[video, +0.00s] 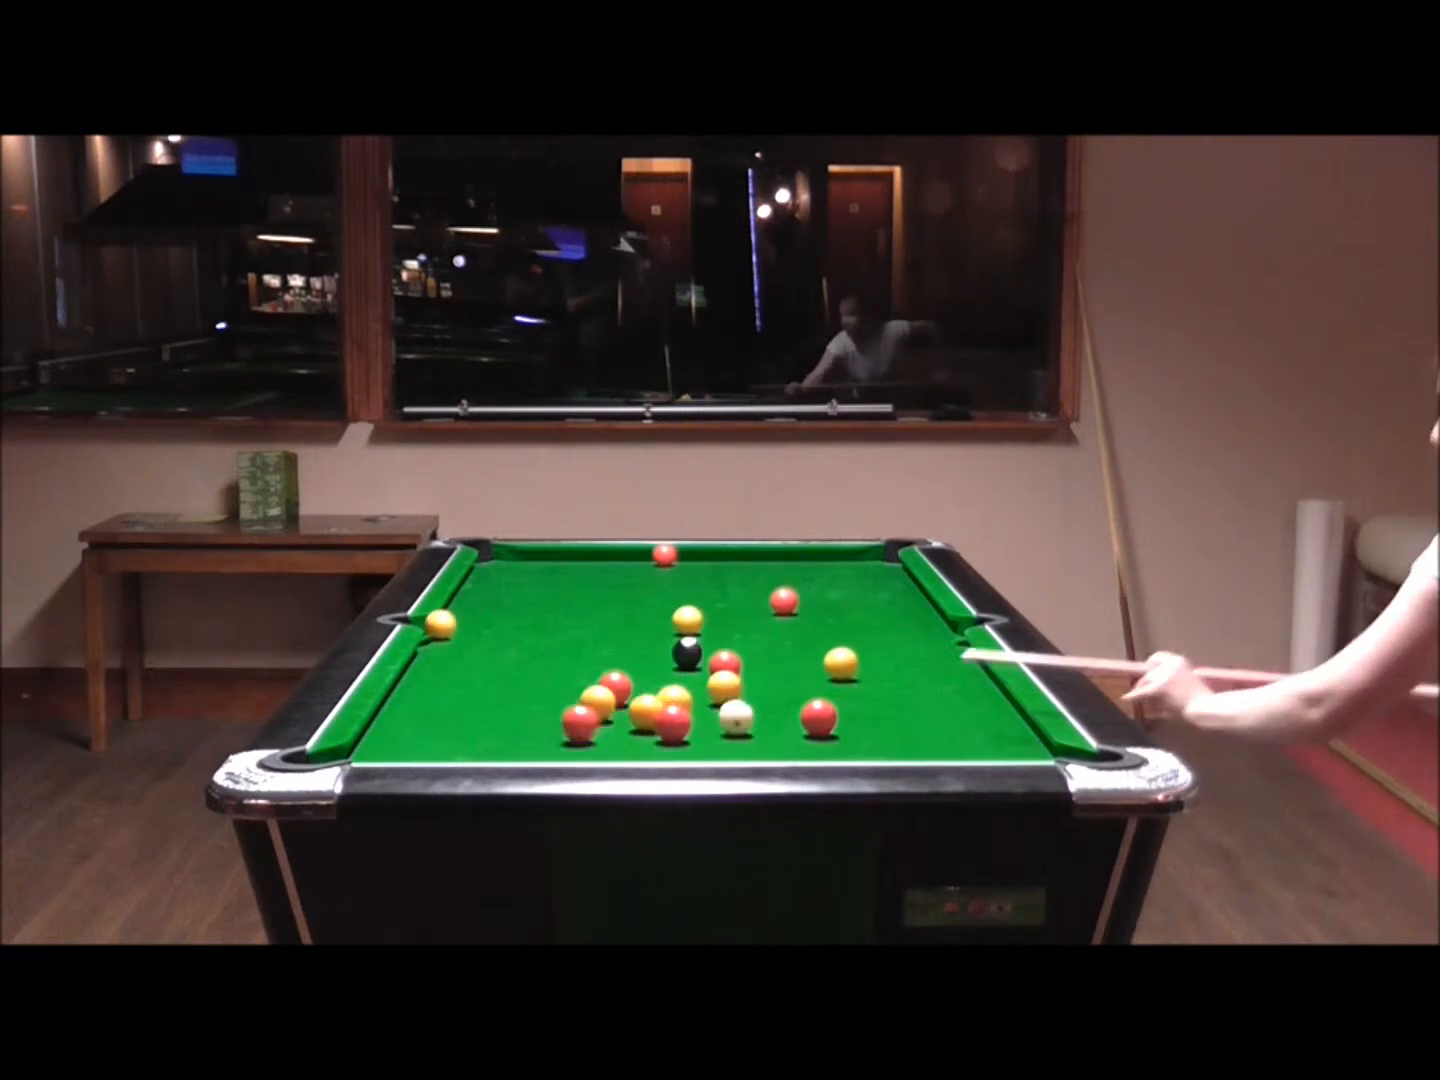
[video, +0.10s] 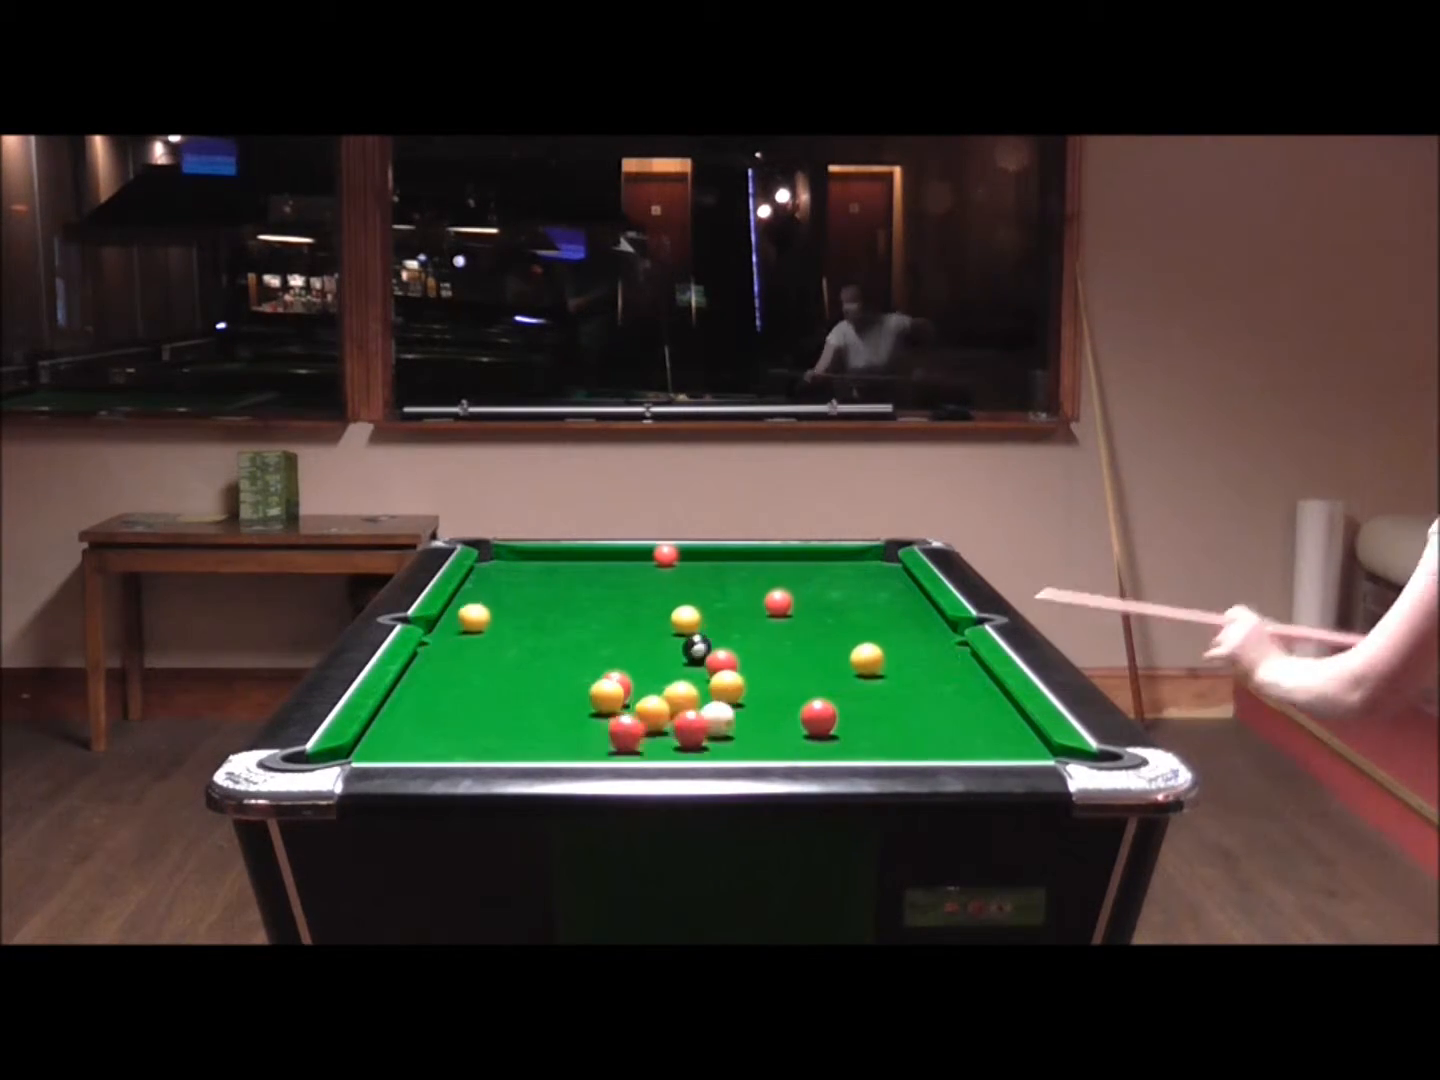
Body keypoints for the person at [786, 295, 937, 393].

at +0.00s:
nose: (845, 321)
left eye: (851, 315)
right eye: (843, 316)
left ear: (866, 317)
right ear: (841, 317)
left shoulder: (892, 332)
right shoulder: (841, 343)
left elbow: (928, 329)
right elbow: (819, 373)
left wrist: (939, 368)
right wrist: (802, 389)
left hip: (893, 391)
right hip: (857, 395)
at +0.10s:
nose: (847, 310)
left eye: (853, 304)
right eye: (844, 304)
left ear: (866, 304)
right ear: (842, 306)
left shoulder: (892, 323)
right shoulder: (841, 332)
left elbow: (926, 329)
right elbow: (822, 369)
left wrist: (923, 368)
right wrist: (814, 376)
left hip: (889, 382)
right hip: (853, 384)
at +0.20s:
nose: (851, 308)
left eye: (856, 302)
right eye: (848, 303)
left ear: (866, 300)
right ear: (845, 302)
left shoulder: (893, 319)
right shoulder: (840, 327)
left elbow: (926, 331)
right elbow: (824, 365)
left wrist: (915, 368)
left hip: (889, 382)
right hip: (854, 384)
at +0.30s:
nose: (848, 293)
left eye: (854, 287)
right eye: (846, 288)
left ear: (868, 289)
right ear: (844, 290)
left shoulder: (895, 315)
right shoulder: (841, 320)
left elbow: (925, 334)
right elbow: (827, 362)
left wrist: (912, 367)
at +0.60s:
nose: (853, 288)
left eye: (858, 283)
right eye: (852, 283)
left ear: (875, 285)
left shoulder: (898, 312)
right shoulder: (848, 315)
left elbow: (927, 341)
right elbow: (843, 354)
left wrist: (900, 372)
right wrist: (846, 388)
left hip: (888, 393)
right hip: (857, 395)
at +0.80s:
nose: (846, 289)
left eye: (852, 284)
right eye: (846, 284)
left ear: (868, 285)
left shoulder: (889, 312)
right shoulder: (846, 313)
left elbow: (918, 345)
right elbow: (845, 355)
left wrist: (893, 370)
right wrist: (842, 388)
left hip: (882, 391)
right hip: (853, 390)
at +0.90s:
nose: (837, 293)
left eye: (841, 288)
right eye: (835, 289)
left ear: (854, 287)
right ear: (834, 290)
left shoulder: (875, 310)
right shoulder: (834, 314)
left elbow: (906, 343)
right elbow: (835, 356)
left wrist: (883, 367)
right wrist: (833, 390)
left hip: (873, 391)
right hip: (843, 391)